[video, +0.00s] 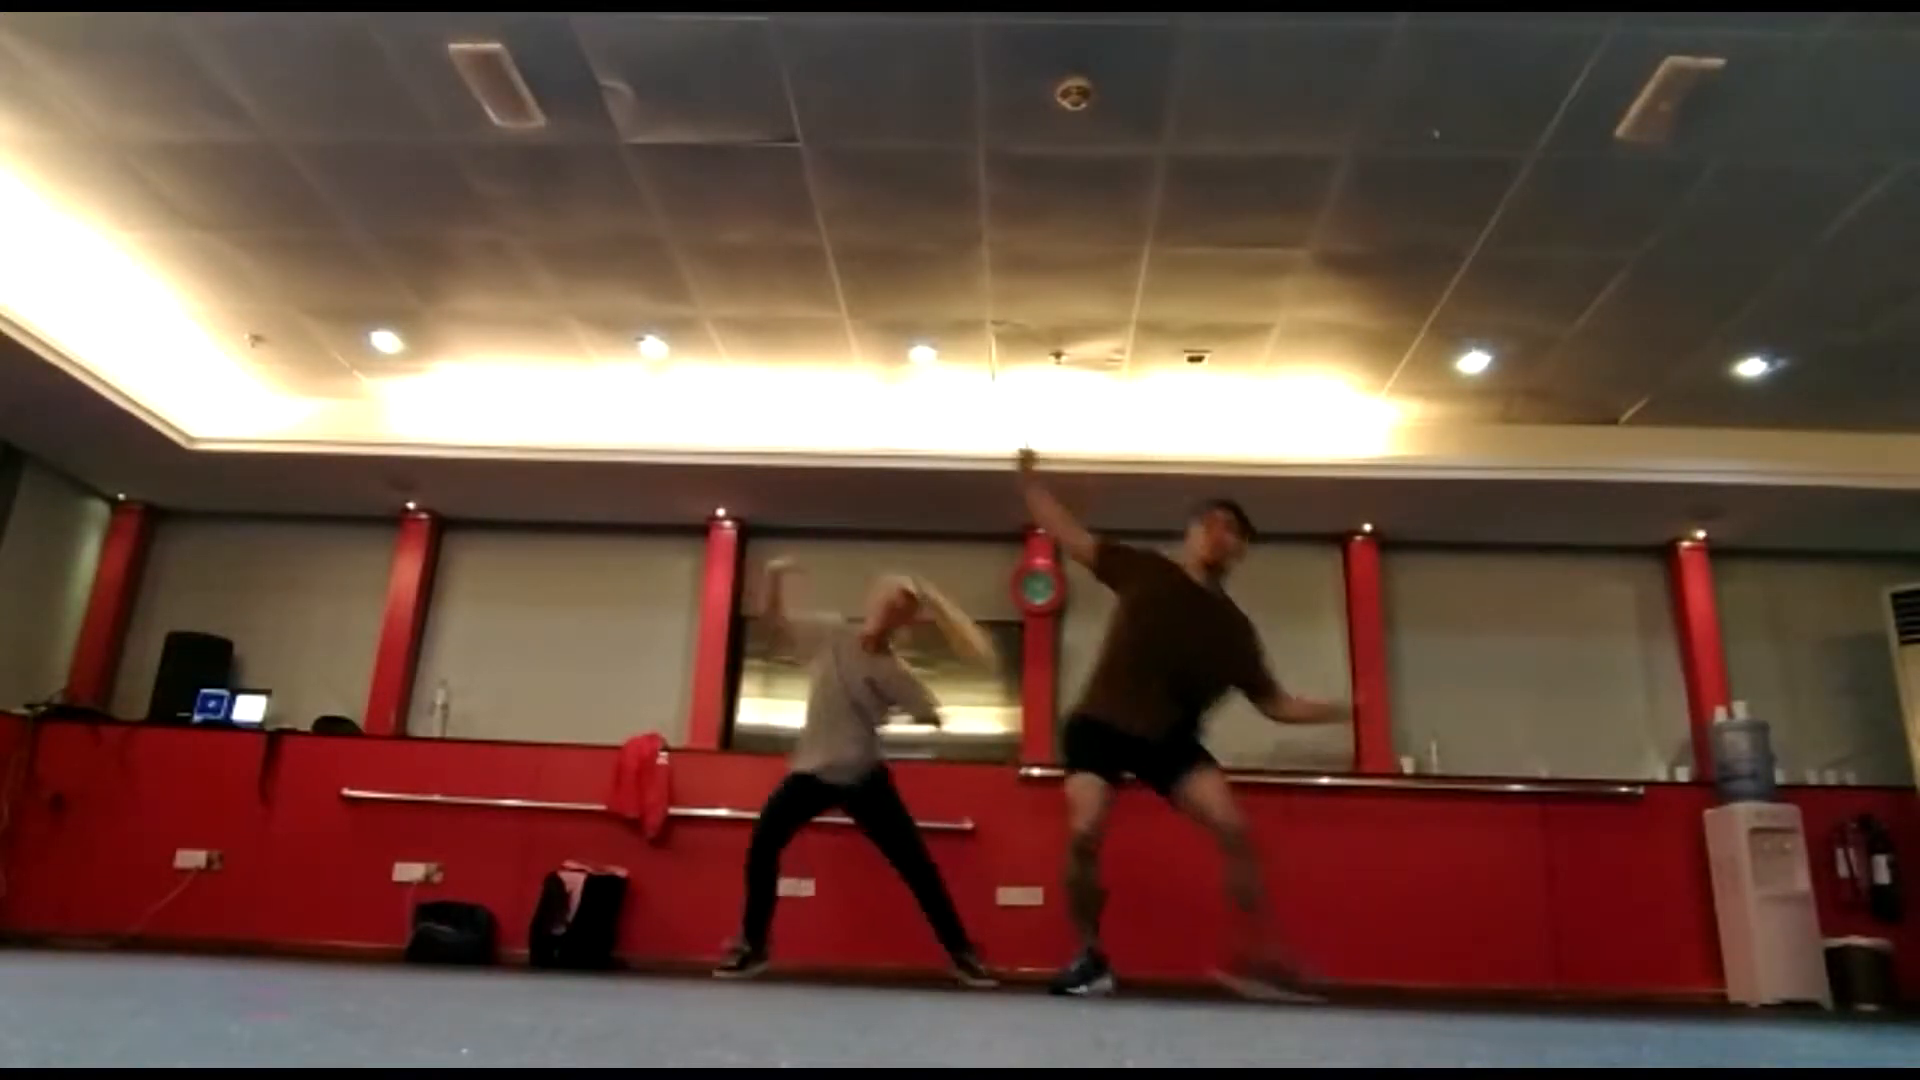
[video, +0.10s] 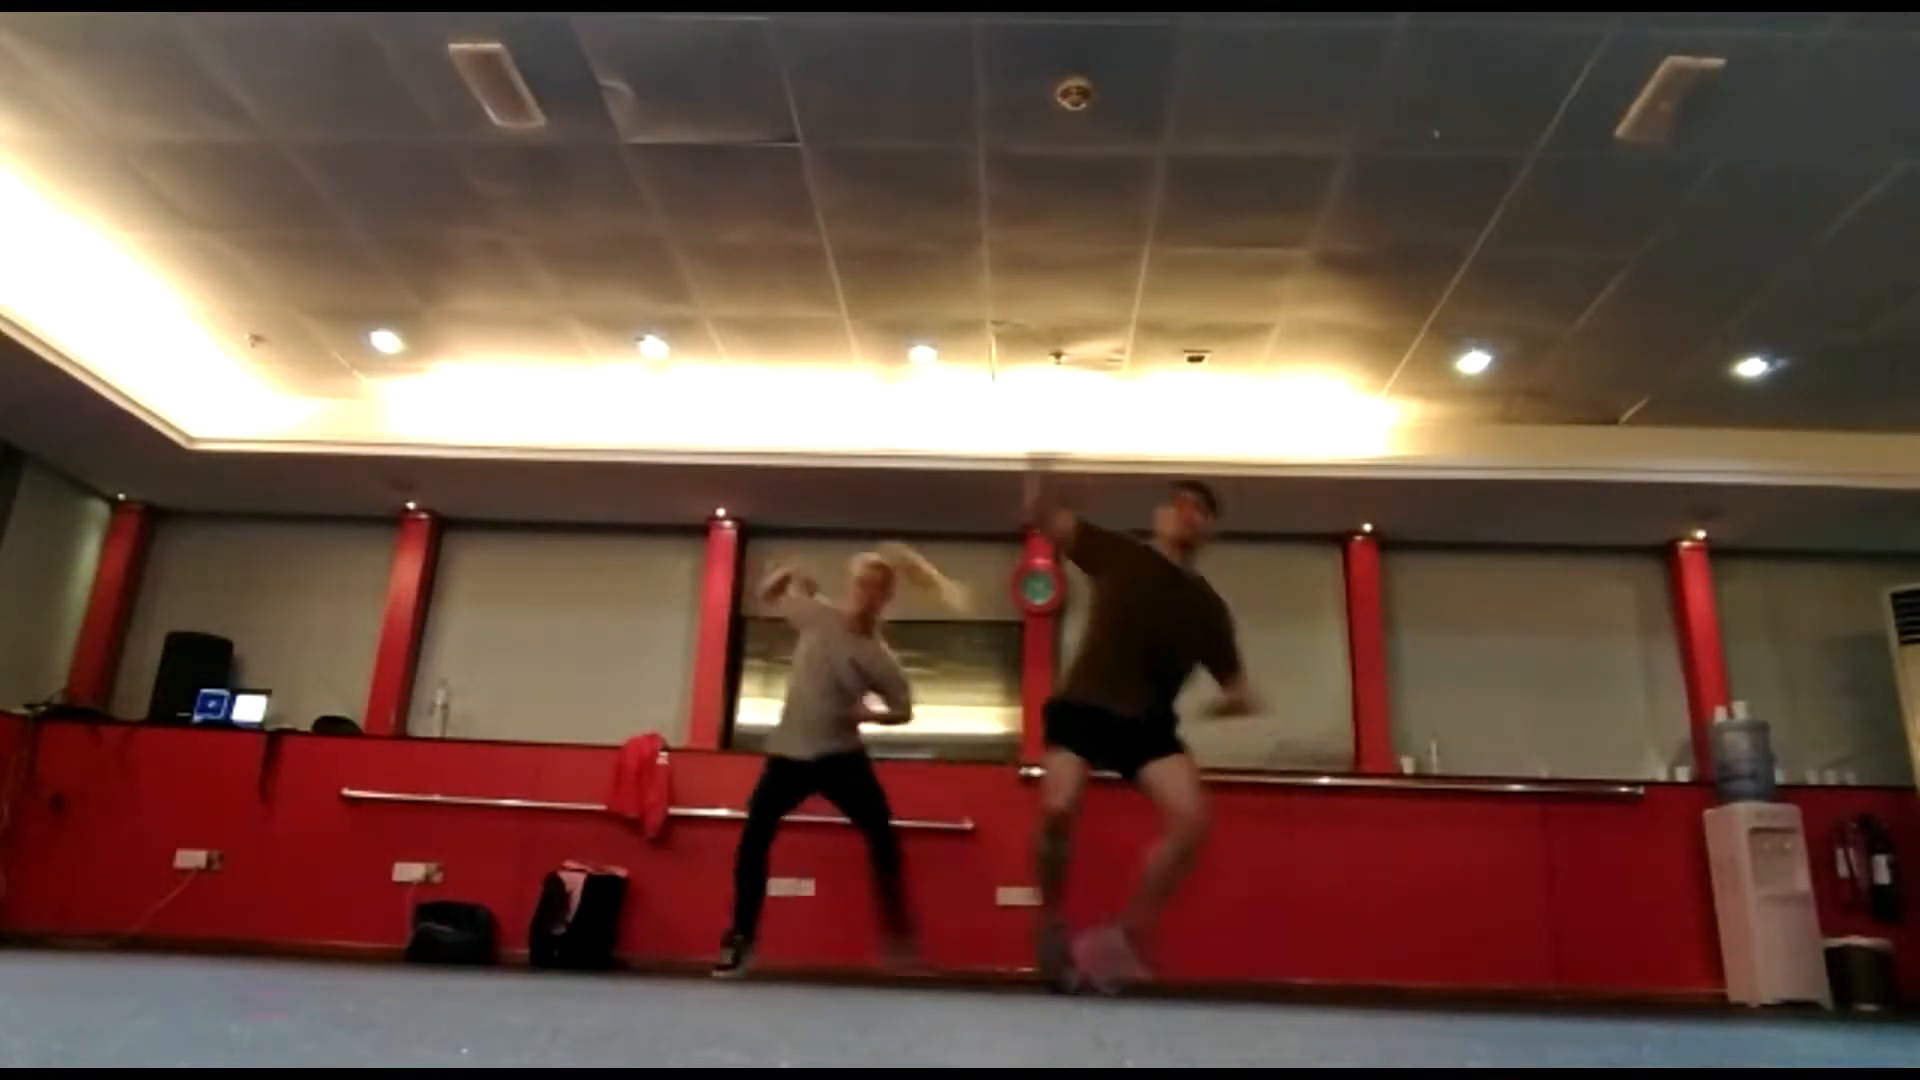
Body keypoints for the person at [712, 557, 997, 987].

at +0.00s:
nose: (889, 612)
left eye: (900, 608)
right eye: (887, 601)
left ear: (905, 621)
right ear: (871, 603)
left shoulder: (892, 672)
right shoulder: (830, 636)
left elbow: (930, 714)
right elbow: (774, 623)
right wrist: (774, 579)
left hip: (864, 778)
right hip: (812, 774)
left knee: (916, 867)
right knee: (763, 847)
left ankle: (963, 957)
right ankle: (753, 948)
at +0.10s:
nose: (864, 593)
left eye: (875, 588)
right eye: (860, 583)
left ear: (886, 598)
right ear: (849, 585)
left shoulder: (876, 655)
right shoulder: (814, 614)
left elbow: (902, 711)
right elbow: (766, 601)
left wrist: (858, 714)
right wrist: (788, 573)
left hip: (840, 759)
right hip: (789, 755)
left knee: (883, 838)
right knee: (754, 841)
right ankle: (740, 938)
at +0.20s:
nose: (847, 584)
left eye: (856, 576)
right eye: (841, 573)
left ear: (866, 584)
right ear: (826, 576)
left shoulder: (862, 640)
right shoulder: (797, 610)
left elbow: (889, 697)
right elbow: (741, 582)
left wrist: (853, 714)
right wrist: (773, 575)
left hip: (827, 748)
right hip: (776, 742)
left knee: (843, 843)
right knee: (737, 830)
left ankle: (831, 948)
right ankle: (706, 926)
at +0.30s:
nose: (799, 580)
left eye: (806, 572)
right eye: (791, 572)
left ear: (819, 578)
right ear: (774, 578)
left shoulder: (830, 635)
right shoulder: (758, 620)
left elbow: (857, 678)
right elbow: (745, 594)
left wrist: (830, 725)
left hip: (805, 756)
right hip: (750, 757)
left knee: (850, 819)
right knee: (703, 848)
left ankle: (843, 928)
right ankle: (647, 940)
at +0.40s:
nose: (760, 597)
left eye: (768, 587)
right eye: (753, 589)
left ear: (784, 592)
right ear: (743, 595)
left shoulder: (805, 647)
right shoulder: (742, 636)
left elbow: (830, 703)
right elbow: (762, 657)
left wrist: (810, 742)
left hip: (785, 766)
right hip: (737, 769)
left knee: (835, 779)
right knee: (683, 858)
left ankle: (836, 869)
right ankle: (643, 948)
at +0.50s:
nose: (749, 608)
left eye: (756, 598)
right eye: (743, 600)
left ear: (780, 600)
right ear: (736, 604)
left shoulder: (800, 658)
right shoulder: (735, 644)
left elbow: (827, 713)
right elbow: (745, 687)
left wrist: (807, 741)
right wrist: (794, 712)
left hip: (774, 777)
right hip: (726, 781)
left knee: (824, 765)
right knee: (669, 862)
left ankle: (836, 849)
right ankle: (641, 949)